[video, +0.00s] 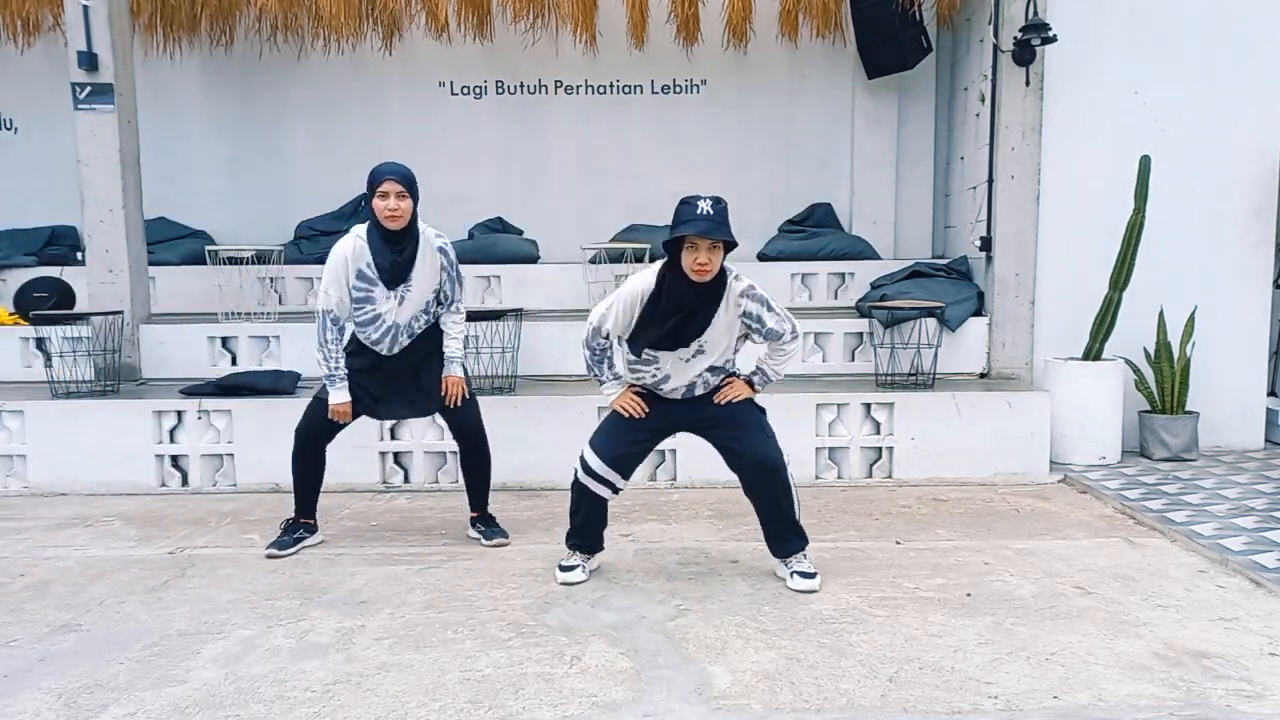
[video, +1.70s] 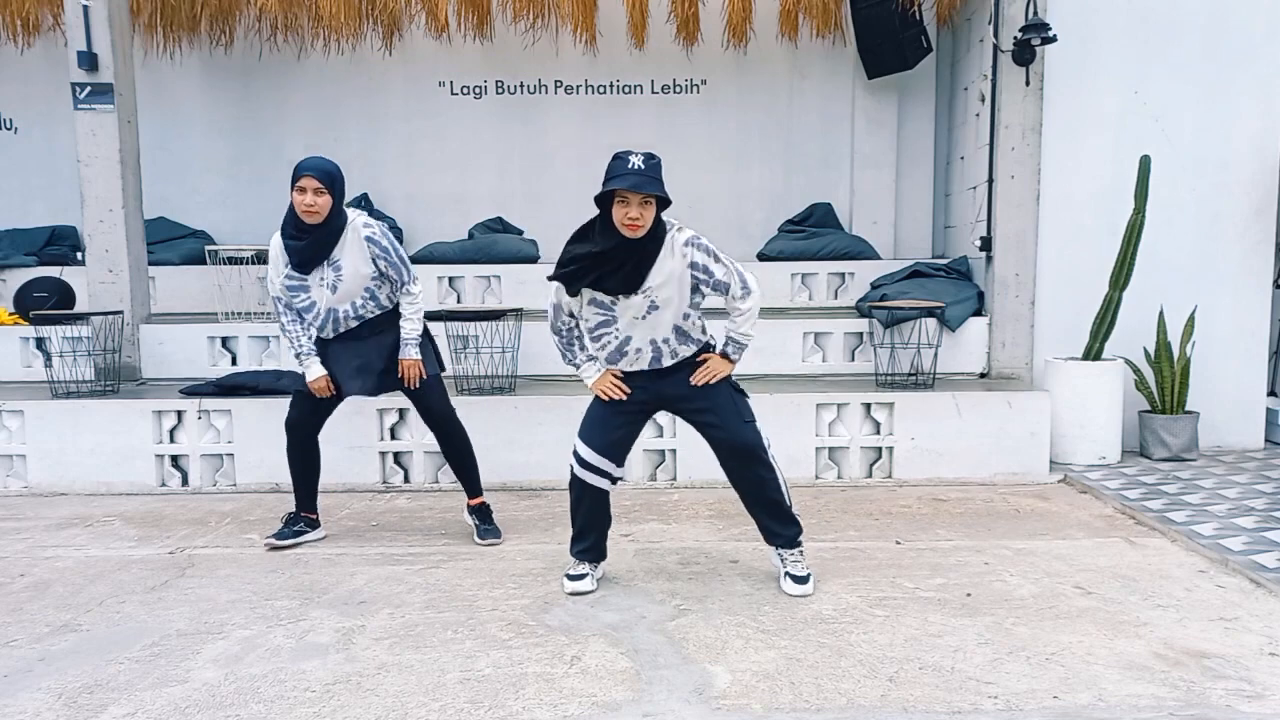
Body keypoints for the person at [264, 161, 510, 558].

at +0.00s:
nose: (393, 205)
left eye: (402, 196)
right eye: (383, 196)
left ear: (415, 201)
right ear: (370, 203)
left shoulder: (437, 247)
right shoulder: (347, 251)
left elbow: (453, 310)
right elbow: (329, 322)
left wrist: (454, 366)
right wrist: (337, 386)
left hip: (424, 364)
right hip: (365, 364)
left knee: (470, 424)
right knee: (309, 431)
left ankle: (481, 516)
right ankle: (303, 521)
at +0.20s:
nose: (433, 170)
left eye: (440, 160)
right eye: (422, 162)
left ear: (454, 161)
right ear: (411, 167)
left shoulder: (478, 217)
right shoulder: (390, 209)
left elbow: (484, 284)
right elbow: (363, 279)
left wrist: (473, 341)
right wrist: (360, 346)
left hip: (450, 339)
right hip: (391, 335)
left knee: (471, 428)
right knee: (337, 422)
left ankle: (480, 515)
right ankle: (291, 510)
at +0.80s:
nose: (386, 208)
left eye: (394, 199)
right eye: (376, 201)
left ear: (411, 200)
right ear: (369, 208)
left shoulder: (448, 244)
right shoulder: (361, 256)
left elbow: (468, 307)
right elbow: (353, 328)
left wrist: (461, 363)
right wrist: (359, 386)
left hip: (437, 349)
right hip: (378, 346)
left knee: (473, 418)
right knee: (325, 421)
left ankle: (481, 515)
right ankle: (306, 515)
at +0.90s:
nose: (355, 213)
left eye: (364, 204)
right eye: (346, 205)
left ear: (380, 207)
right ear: (337, 213)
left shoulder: (416, 248)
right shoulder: (330, 267)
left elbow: (447, 311)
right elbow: (334, 341)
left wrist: (447, 369)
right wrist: (347, 396)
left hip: (424, 360)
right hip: (363, 360)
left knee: (467, 425)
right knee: (307, 433)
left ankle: (481, 516)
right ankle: (307, 519)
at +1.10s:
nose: (309, 181)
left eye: (318, 171)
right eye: (300, 172)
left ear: (333, 174)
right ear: (289, 177)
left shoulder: (363, 213)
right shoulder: (284, 233)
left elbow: (399, 280)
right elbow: (291, 307)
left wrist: (407, 344)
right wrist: (307, 359)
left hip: (384, 337)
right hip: (330, 348)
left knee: (440, 415)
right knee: (293, 429)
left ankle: (486, 509)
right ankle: (307, 519)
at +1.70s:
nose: (309, 200)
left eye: (319, 192)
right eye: (301, 191)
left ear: (335, 197)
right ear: (291, 195)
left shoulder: (366, 232)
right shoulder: (282, 246)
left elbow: (409, 287)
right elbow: (288, 315)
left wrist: (410, 346)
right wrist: (310, 364)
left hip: (391, 331)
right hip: (336, 343)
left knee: (439, 413)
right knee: (299, 421)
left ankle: (478, 506)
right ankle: (306, 517)